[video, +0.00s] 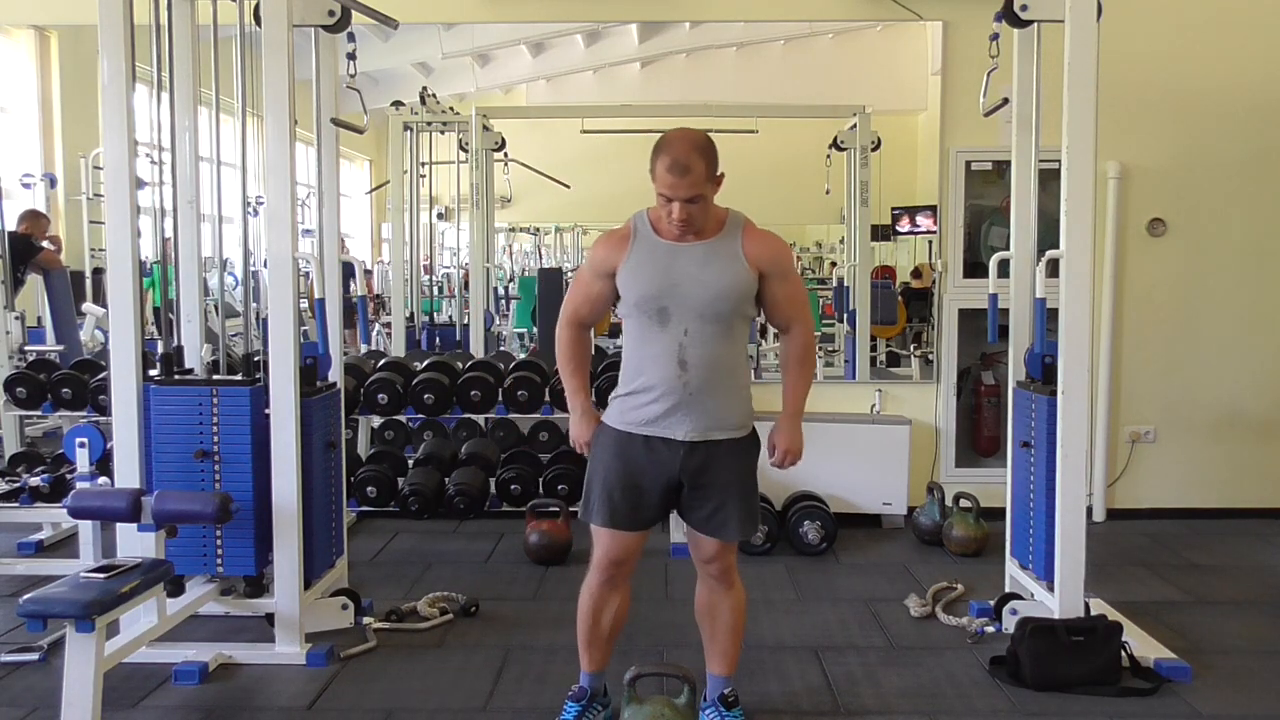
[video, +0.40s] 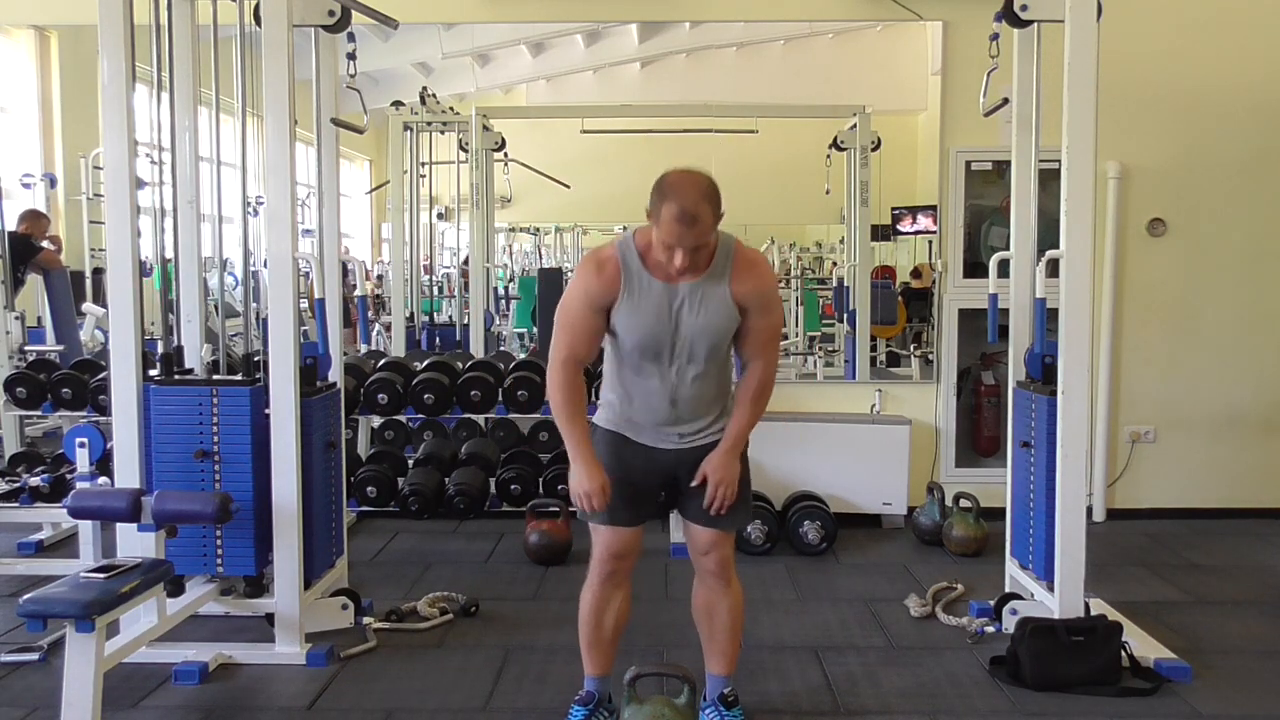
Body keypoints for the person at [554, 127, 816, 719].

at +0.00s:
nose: (677, 212)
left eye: (691, 199)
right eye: (665, 199)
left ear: (718, 183)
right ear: (651, 183)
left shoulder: (759, 249)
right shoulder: (620, 246)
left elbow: (797, 331)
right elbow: (572, 323)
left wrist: (791, 419)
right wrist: (580, 410)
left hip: (722, 443)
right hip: (632, 438)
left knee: (718, 565)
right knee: (608, 567)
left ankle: (719, 698)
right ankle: (589, 690)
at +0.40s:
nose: (680, 262)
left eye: (695, 248)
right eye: (668, 247)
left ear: (719, 227)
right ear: (648, 224)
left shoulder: (749, 273)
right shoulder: (604, 271)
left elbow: (761, 365)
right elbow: (564, 364)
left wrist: (731, 448)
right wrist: (580, 456)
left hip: (711, 438)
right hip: (624, 436)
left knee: (715, 560)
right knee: (610, 561)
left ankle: (718, 699)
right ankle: (593, 696)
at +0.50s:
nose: (676, 312)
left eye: (688, 300)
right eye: (665, 299)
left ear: (711, 272)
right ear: (641, 272)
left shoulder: (745, 296)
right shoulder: (597, 307)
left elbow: (752, 386)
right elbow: (565, 412)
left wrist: (718, 457)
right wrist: (596, 505)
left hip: (705, 441)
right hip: (618, 437)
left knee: (715, 560)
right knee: (605, 558)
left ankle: (718, 699)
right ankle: (592, 696)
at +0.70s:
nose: (677, 406)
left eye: (688, 395)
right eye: (664, 397)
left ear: (710, 360)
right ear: (637, 363)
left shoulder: (744, 345)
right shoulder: (599, 385)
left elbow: (750, 401)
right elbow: (593, 504)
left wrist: (713, 463)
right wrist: (617, 600)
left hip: (702, 456)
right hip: (621, 455)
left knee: (715, 563)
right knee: (594, 568)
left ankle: (719, 697)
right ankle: (593, 695)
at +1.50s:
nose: (713, 364)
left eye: (727, 352)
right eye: (702, 351)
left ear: (746, 326)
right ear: (679, 324)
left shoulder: (773, 336)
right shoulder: (632, 367)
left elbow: (776, 403)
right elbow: (607, 472)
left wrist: (737, 465)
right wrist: (648, 555)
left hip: (717, 454)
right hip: (635, 454)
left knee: (727, 566)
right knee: (608, 564)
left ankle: (719, 699)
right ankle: (593, 696)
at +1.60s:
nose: (715, 316)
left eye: (729, 301)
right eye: (704, 299)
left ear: (749, 284)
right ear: (680, 278)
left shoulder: (774, 317)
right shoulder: (632, 331)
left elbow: (780, 398)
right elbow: (598, 430)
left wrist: (740, 468)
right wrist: (645, 508)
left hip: (719, 448)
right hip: (634, 445)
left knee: (728, 563)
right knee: (611, 560)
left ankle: (720, 700)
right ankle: (594, 694)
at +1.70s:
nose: (718, 262)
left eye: (733, 247)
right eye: (706, 245)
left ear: (751, 239)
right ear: (684, 233)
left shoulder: (777, 298)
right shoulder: (632, 297)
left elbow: (784, 387)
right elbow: (592, 389)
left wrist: (732, 456)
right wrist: (642, 464)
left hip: (725, 443)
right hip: (635, 438)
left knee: (725, 561)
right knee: (613, 560)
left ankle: (719, 701)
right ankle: (594, 696)